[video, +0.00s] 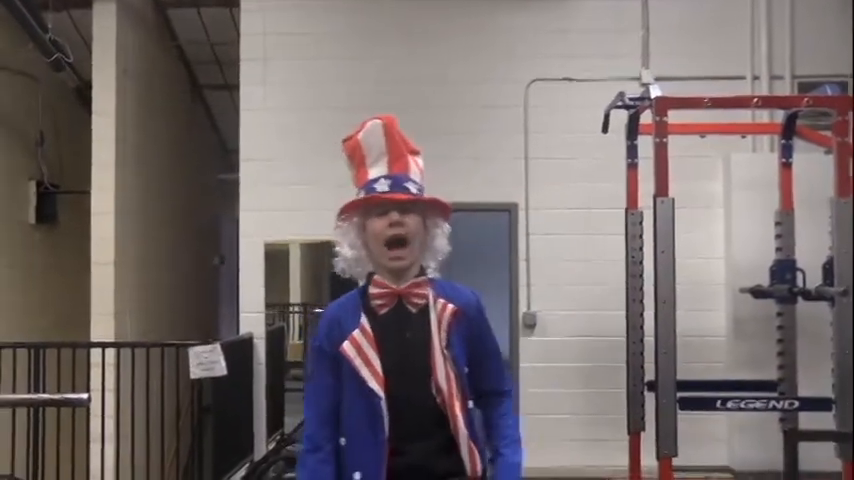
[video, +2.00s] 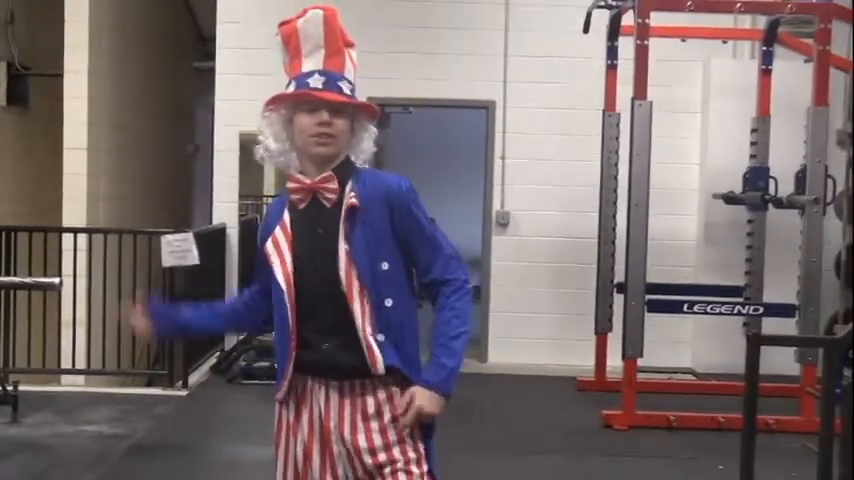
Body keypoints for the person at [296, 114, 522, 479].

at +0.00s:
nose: (395, 220)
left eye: (407, 210)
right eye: (380, 212)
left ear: (427, 226)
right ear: (361, 231)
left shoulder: (463, 308)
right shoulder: (336, 322)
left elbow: (496, 398)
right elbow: (319, 435)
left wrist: (506, 471)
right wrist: (318, 475)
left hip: (454, 470)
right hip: (375, 472)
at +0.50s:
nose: (428, 203)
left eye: (440, 194)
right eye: (413, 194)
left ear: (459, 211)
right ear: (392, 209)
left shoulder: (482, 287)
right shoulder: (359, 291)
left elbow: (529, 362)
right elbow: (307, 381)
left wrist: (545, 439)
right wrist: (319, 469)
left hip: (468, 469)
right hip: (384, 469)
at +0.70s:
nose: (407, 173)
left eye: (420, 164)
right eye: (393, 163)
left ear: (438, 180)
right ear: (371, 178)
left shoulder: (460, 261)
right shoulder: (333, 261)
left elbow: (505, 331)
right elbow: (286, 344)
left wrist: (510, 405)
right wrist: (290, 439)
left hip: (435, 456)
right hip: (349, 459)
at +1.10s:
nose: (370, 130)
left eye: (385, 119)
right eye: (358, 115)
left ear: (404, 133)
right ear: (337, 126)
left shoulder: (430, 214)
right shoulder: (299, 210)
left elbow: (479, 284)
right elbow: (269, 309)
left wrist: (490, 353)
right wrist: (252, 405)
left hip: (397, 408)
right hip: (314, 407)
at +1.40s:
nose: (348, 108)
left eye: (362, 99)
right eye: (335, 95)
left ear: (378, 115)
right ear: (312, 106)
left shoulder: (405, 198)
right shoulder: (274, 199)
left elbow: (449, 275)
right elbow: (254, 309)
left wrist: (441, 344)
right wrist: (249, 405)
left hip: (376, 395)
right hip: (295, 394)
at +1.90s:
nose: (318, 120)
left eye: (331, 110)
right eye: (304, 109)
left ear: (349, 126)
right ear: (283, 122)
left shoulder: (384, 195)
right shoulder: (267, 218)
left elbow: (446, 281)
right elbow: (258, 325)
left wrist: (423, 374)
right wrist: (204, 399)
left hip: (376, 405)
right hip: (297, 409)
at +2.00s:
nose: (325, 120)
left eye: (337, 111)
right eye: (311, 109)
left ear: (353, 125)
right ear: (288, 123)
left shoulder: (389, 195)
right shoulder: (278, 212)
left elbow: (453, 284)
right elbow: (260, 306)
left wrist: (436, 383)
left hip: (381, 405)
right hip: (302, 406)